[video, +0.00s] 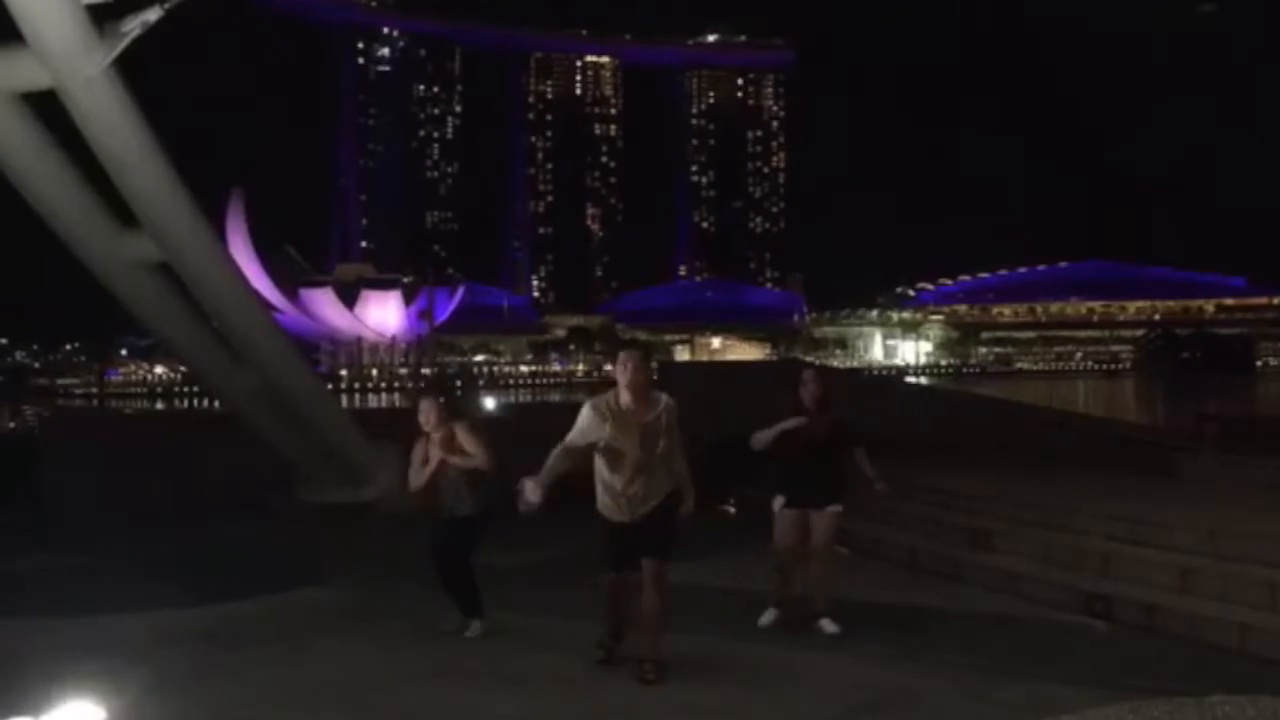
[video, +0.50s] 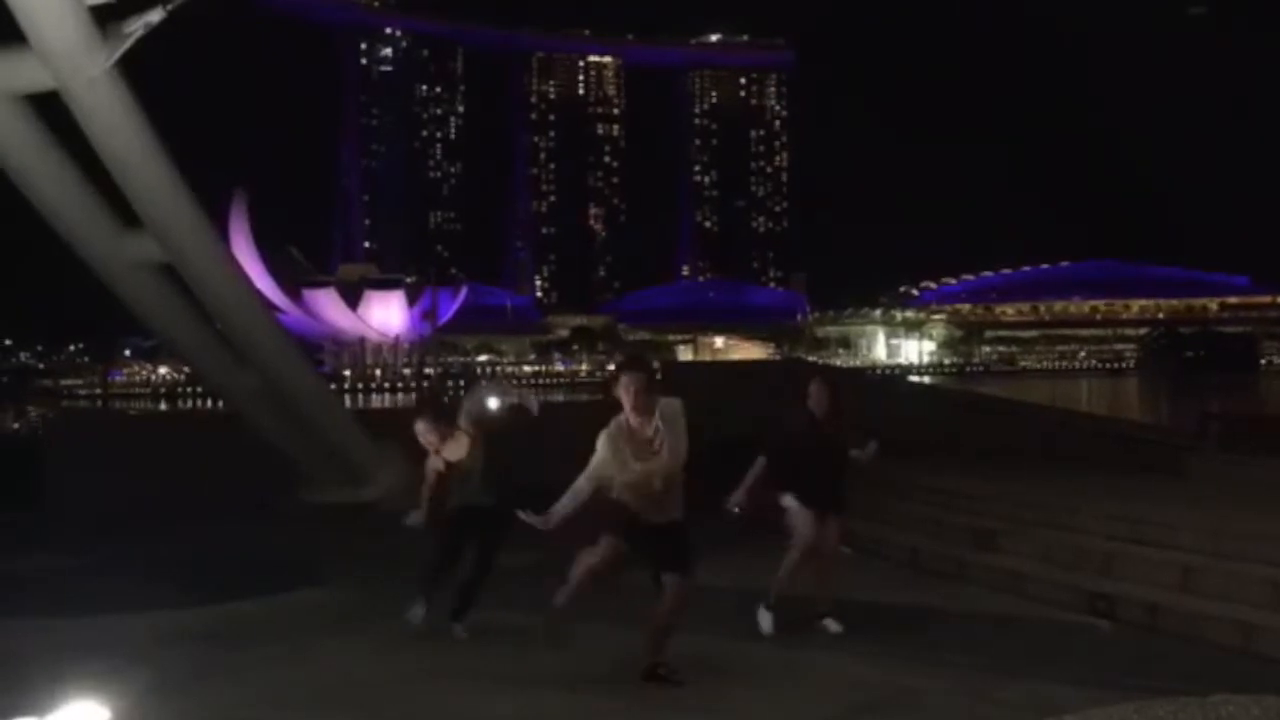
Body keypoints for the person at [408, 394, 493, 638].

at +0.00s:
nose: (424, 418)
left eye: (429, 411)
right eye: (421, 412)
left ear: (441, 412)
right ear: (418, 416)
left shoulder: (458, 431)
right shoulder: (423, 444)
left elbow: (483, 461)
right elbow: (414, 484)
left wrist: (446, 456)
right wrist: (433, 460)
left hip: (470, 508)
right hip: (443, 510)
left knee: (457, 560)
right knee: (444, 562)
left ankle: (475, 615)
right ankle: (466, 614)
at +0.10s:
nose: (425, 416)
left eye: (429, 409)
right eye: (420, 411)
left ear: (441, 407)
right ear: (417, 414)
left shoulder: (462, 423)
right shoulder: (422, 442)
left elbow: (495, 441)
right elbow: (421, 484)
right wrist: (452, 483)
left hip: (469, 503)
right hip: (441, 508)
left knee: (460, 557)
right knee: (443, 560)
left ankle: (468, 613)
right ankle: (464, 610)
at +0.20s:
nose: (422, 413)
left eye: (427, 406)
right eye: (419, 407)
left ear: (440, 405)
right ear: (417, 410)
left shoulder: (464, 415)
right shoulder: (427, 440)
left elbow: (499, 421)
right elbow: (427, 486)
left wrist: (510, 451)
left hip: (476, 499)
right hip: (448, 503)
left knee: (468, 555)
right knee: (446, 555)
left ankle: (460, 609)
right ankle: (456, 610)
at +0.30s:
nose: (422, 426)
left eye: (426, 419)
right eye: (418, 420)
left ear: (442, 415)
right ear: (418, 422)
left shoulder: (465, 418)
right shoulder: (432, 453)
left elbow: (499, 408)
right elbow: (419, 497)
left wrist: (528, 427)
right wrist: (401, 536)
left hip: (483, 499)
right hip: (451, 504)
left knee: (475, 561)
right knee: (439, 547)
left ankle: (458, 618)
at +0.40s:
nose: (424, 440)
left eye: (427, 433)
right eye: (419, 436)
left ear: (441, 428)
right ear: (418, 438)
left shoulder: (465, 429)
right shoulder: (434, 464)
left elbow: (488, 401)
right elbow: (417, 495)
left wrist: (526, 398)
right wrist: (398, 523)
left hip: (487, 504)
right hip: (456, 510)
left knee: (479, 564)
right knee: (441, 552)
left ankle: (458, 619)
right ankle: (411, 559)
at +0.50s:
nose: (424, 440)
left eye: (427, 432)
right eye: (420, 435)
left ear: (440, 427)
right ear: (419, 438)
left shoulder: (470, 432)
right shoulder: (436, 463)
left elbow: (480, 396)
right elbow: (428, 491)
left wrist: (519, 396)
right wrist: (422, 513)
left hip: (489, 506)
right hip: (457, 511)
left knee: (480, 565)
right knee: (444, 555)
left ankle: (458, 618)